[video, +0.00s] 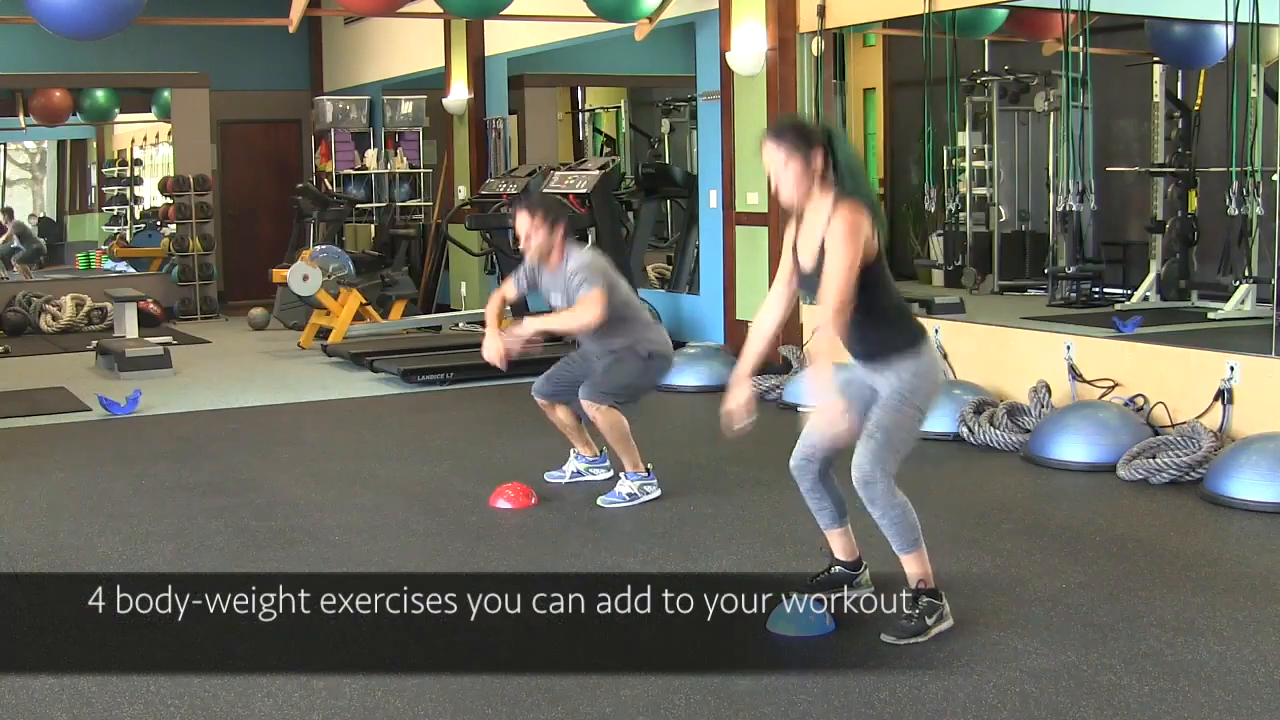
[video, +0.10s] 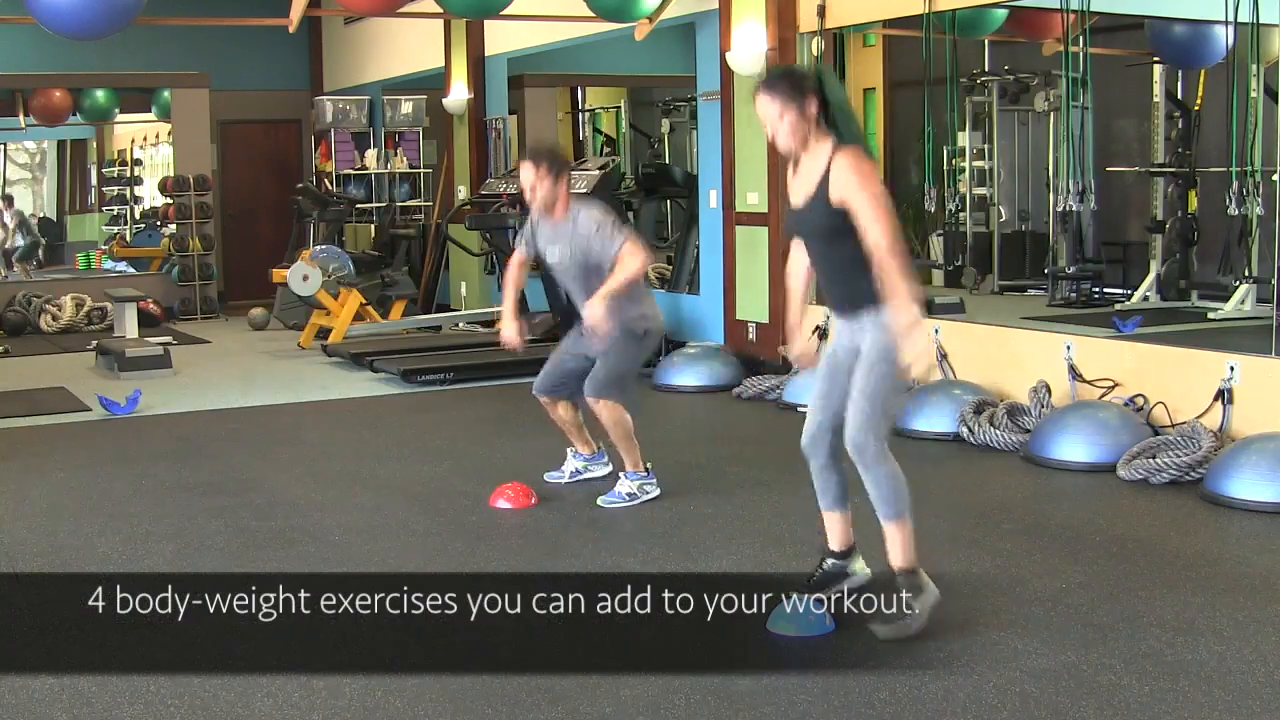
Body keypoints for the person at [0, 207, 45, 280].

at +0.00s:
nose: (1, 218)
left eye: (1, 216)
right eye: (1, 216)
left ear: (6, 216)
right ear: (8, 216)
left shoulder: (15, 225)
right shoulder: (14, 225)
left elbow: (4, 239)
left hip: (35, 247)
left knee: (18, 261)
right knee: (14, 260)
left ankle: (29, 279)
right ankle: (29, 279)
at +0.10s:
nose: (1, 205)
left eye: (2, 202)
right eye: (1, 203)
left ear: (7, 203)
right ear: (8, 203)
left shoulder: (16, 213)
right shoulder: (12, 214)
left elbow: (12, 229)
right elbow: (11, 229)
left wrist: (9, 243)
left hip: (32, 241)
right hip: (25, 241)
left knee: (17, 259)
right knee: (17, 259)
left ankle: (29, 278)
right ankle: (29, 278)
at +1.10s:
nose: (6, 223)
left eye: (8, 220)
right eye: (6, 221)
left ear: (13, 221)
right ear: (14, 221)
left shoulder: (21, 229)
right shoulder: (21, 229)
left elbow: (6, 240)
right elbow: (7, 239)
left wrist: (2, 229)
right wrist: (3, 229)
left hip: (43, 252)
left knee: (23, 261)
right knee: (23, 260)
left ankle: (36, 279)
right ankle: (36, 278)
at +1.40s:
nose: (7, 211)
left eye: (8, 209)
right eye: (7, 209)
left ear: (14, 209)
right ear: (13, 209)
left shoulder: (20, 218)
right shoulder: (17, 219)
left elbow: (19, 231)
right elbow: (16, 231)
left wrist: (9, 242)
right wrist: (8, 240)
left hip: (40, 243)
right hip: (36, 243)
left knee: (23, 260)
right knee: (25, 260)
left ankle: (35, 278)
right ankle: (35, 278)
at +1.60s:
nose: (8, 186)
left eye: (9, 183)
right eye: (7, 183)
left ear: (15, 183)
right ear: (15, 183)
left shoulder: (22, 194)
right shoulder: (19, 195)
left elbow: (30, 205)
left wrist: (29, 220)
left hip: (28, 228)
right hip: (24, 227)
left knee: (23, 253)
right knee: (22, 253)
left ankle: (32, 275)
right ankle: (31, 275)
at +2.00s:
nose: (9, 185)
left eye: (11, 182)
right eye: (9, 182)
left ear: (17, 182)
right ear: (15, 182)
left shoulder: (21, 192)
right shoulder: (16, 194)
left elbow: (26, 205)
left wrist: (14, 215)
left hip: (26, 228)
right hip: (19, 228)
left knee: (23, 254)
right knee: (13, 251)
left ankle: (31, 277)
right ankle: (15, 274)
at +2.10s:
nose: (8, 185)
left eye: (9, 182)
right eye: (7, 183)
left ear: (15, 181)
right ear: (14, 182)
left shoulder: (23, 190)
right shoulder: (19, 192)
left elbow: (27, 203)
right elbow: (26, 207)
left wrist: (13, 213)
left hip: (30, 225)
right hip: (24, 225)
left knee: (25, 250)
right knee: (18, 248)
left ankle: (30, 272)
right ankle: (22, 271)